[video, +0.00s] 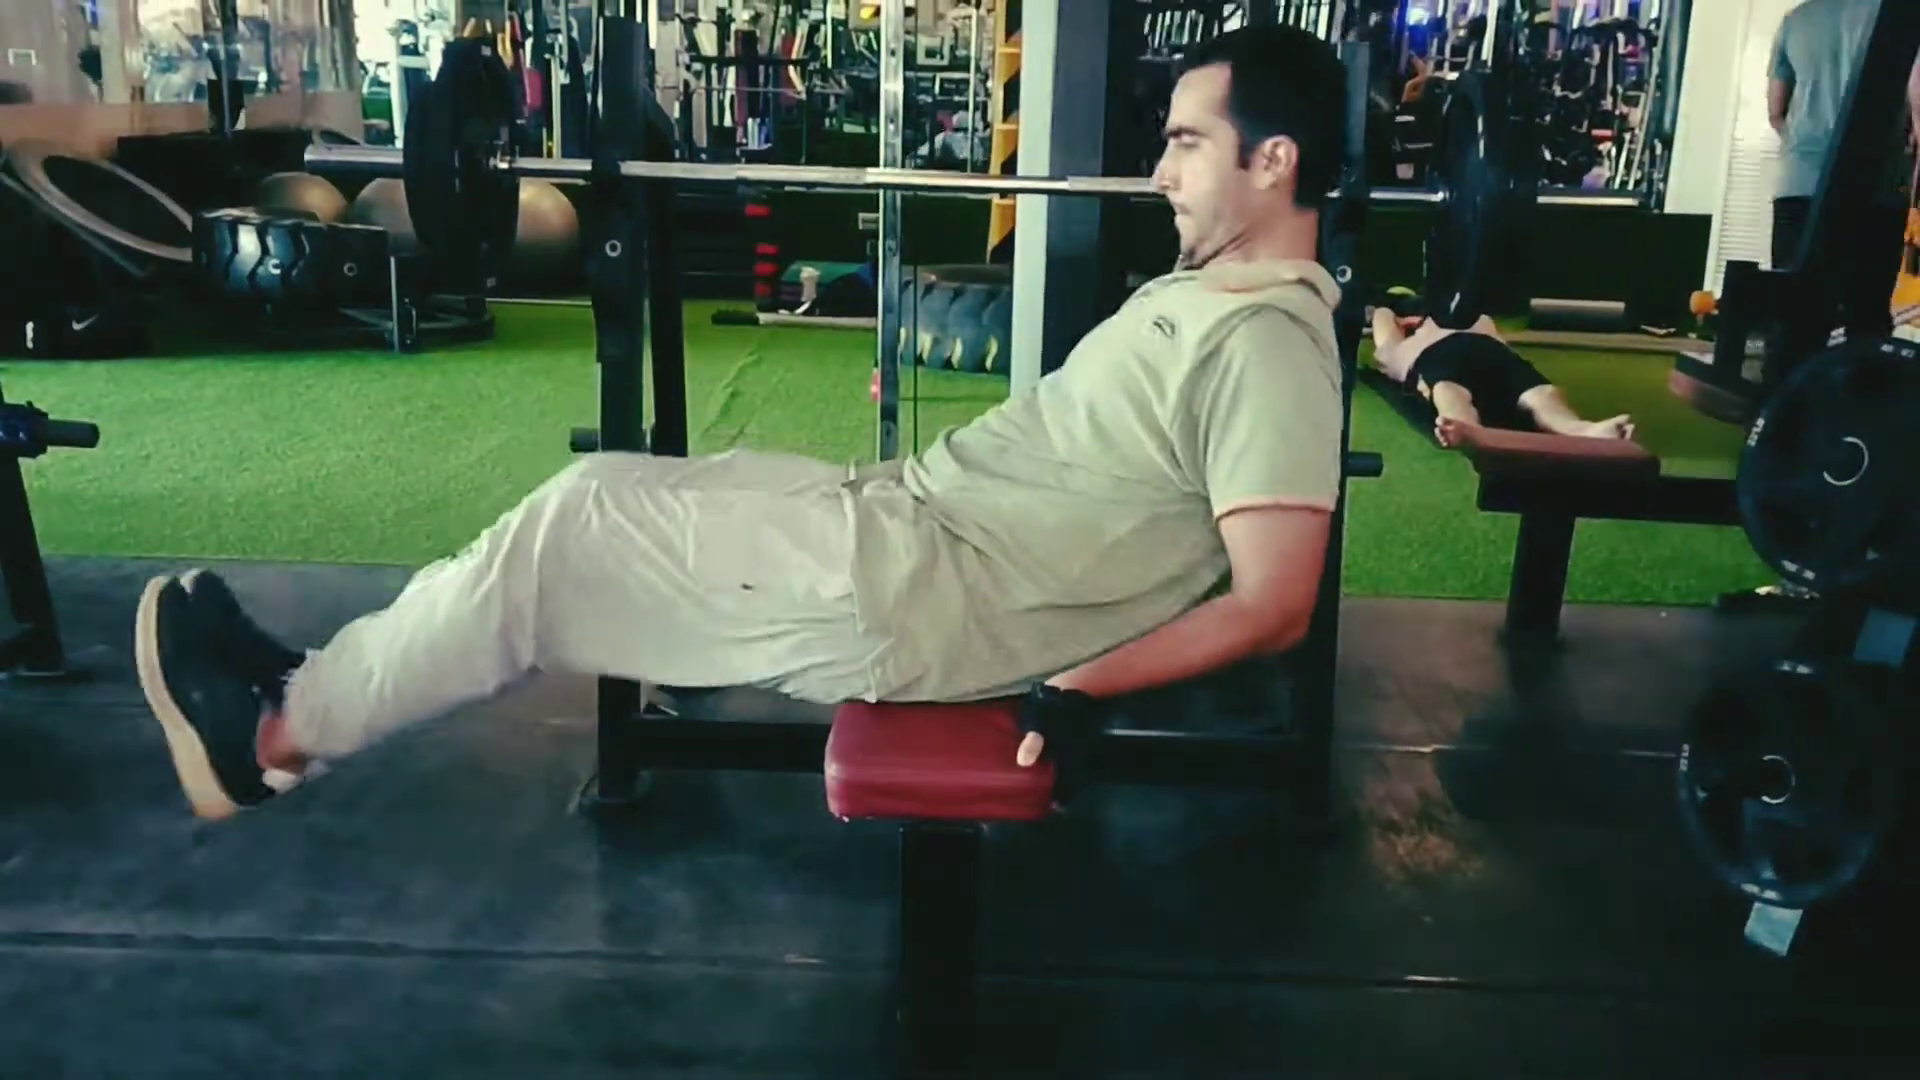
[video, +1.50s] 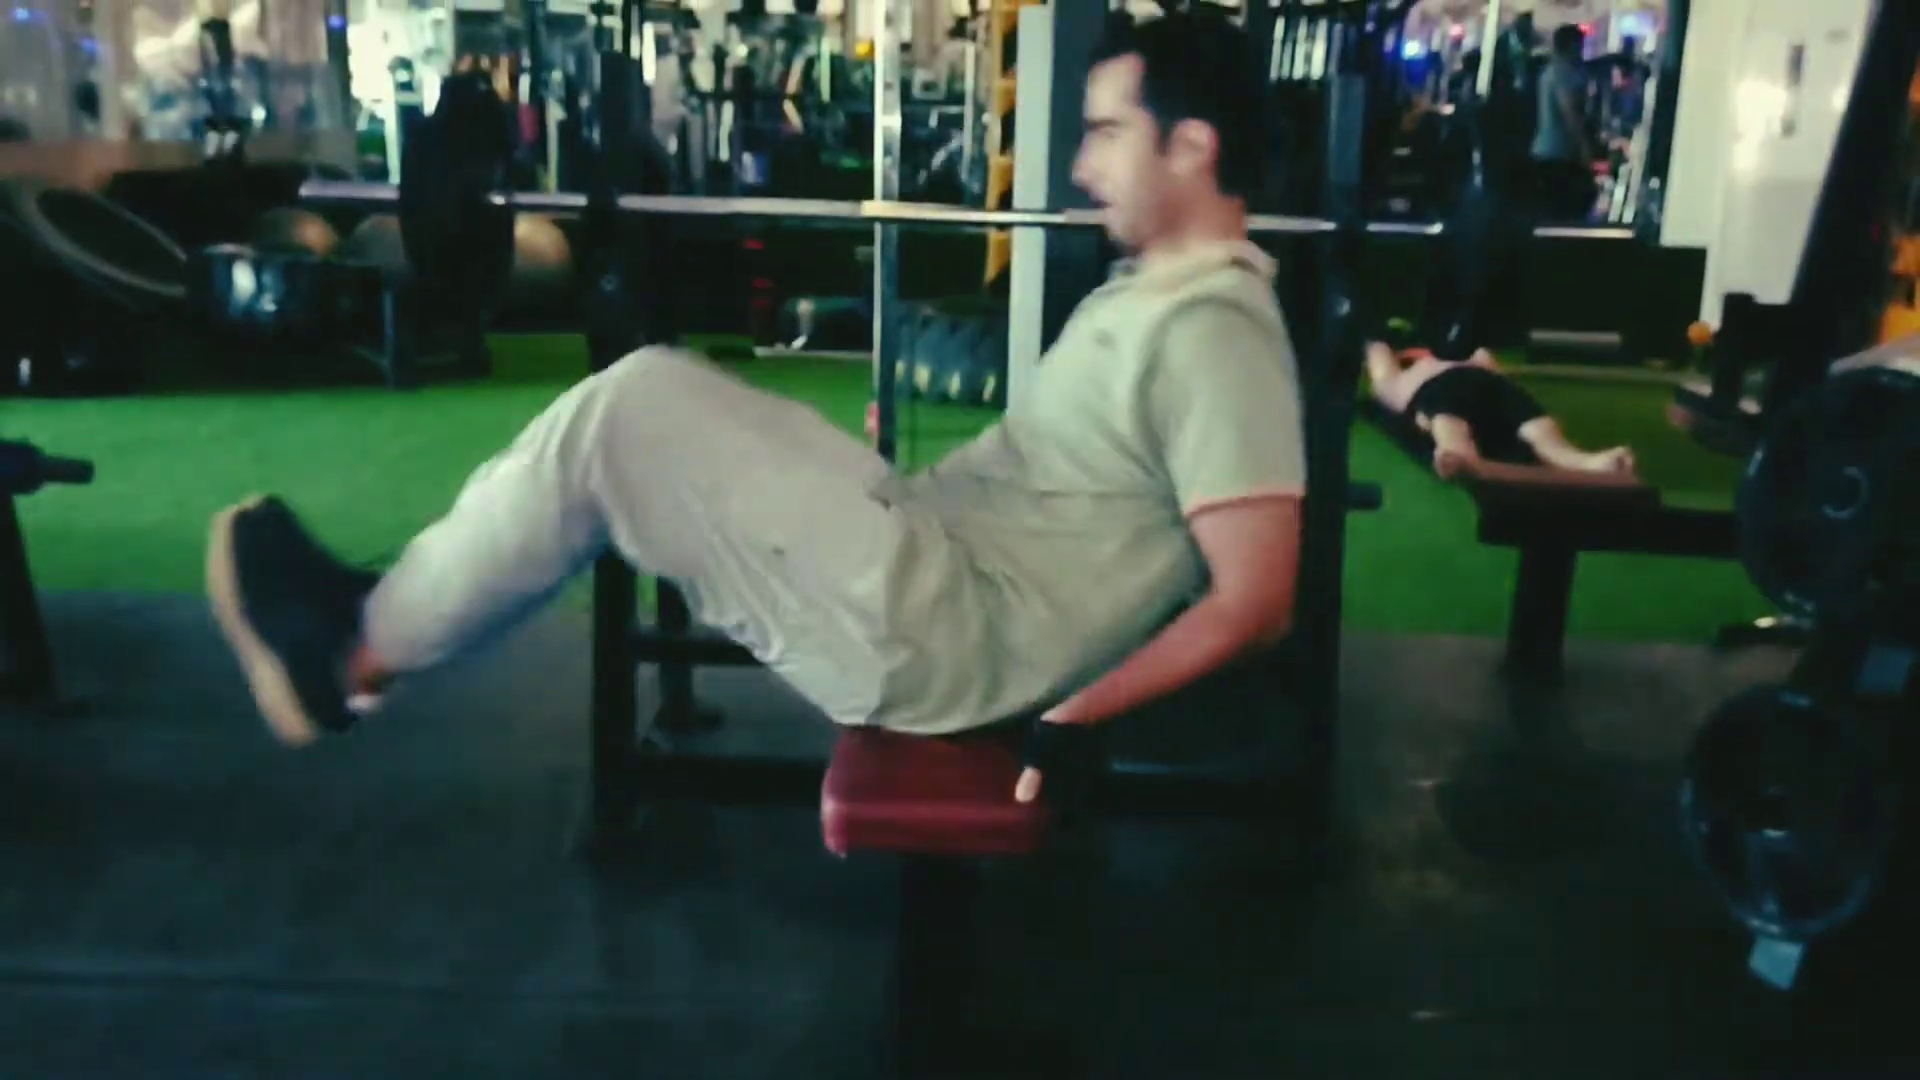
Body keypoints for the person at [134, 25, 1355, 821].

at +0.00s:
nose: (1164, 169)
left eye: (1190, 143)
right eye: (1170, 142)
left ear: (1280, 165)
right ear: (1261, 168)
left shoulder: (1269, 335)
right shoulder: (1212, 300)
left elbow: (1275, 602)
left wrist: (1068, 686)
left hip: (935, 590)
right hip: (908, 523)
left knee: (575, 535)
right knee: (589, 494)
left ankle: (272, 743)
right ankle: (303, 702)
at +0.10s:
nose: (1116, 146)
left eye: (1141, 118)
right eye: (1120, 120)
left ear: (1232, 137)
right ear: (1218, 142)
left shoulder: (1240, 301)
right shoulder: (1192, 274)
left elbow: (1260, 577)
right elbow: (1201, 532)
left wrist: (1072, 681)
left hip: (948, 593)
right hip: (920, 529)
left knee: (597, 461)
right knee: (605, 444)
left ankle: (321, 717)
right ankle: (345, 682)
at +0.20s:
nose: (1024, 123)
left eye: (1044, 91)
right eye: (1023, 94)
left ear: (1136, 96)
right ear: (1120, 97)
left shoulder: (1183, 268)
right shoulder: (1119, 244)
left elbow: (1234, 536)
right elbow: (1055, 442)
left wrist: (1054, 679)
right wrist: (911, 464)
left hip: (962, 605)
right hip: (934, 557)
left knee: (649, 372)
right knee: (666, 349)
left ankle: (410, 657)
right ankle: (434, 616)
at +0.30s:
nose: (932, 115)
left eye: (945, 82)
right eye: (928, 84)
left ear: (1036, 79)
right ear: (1033, 84)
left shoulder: (1096, 243)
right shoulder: (1050, 224)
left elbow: (1206, 511)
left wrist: (1042, 693)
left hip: (947, 612)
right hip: (927, 574)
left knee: (719, 292)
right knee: (724, 290)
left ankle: (496, 588)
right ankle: (503, 577)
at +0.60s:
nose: (1015, 133)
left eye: (1032, 101)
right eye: (1013, 103)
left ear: (1124, 104)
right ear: (1111, 104)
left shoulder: (1155, 274)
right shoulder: (1109, 251)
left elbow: (1241, 542)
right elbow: (1177, 506)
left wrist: (1050, 675)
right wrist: (1036, 636)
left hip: (937, 608)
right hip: (922, 558)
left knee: (627, 371)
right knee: (657, 340)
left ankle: (382, 653)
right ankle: (410, 617)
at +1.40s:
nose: (984, 143)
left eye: (1002, 109)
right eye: (983, 112)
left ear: (1094, 113)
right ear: (1088, 118)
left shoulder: (1135, 281)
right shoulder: (1081, 256)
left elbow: (1227, 550)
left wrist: (1047, 703)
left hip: (943, 634)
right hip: (924, 583)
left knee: (699, 320)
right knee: (707, 315)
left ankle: (444, 604)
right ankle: (457, 576)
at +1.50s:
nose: (1084, 165)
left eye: (1107, 137)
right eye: (1088, 137)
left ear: (1197, 150)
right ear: (1176, 152)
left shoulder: (1216, 324)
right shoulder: (1159, 294)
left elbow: (1255, 598)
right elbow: (1077, 488)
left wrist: (1058, 716)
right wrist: (909, 493)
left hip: (956, 639)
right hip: (937, 585)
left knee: (634, 410)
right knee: (651, 390)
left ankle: (350, 660)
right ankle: (371, 633)